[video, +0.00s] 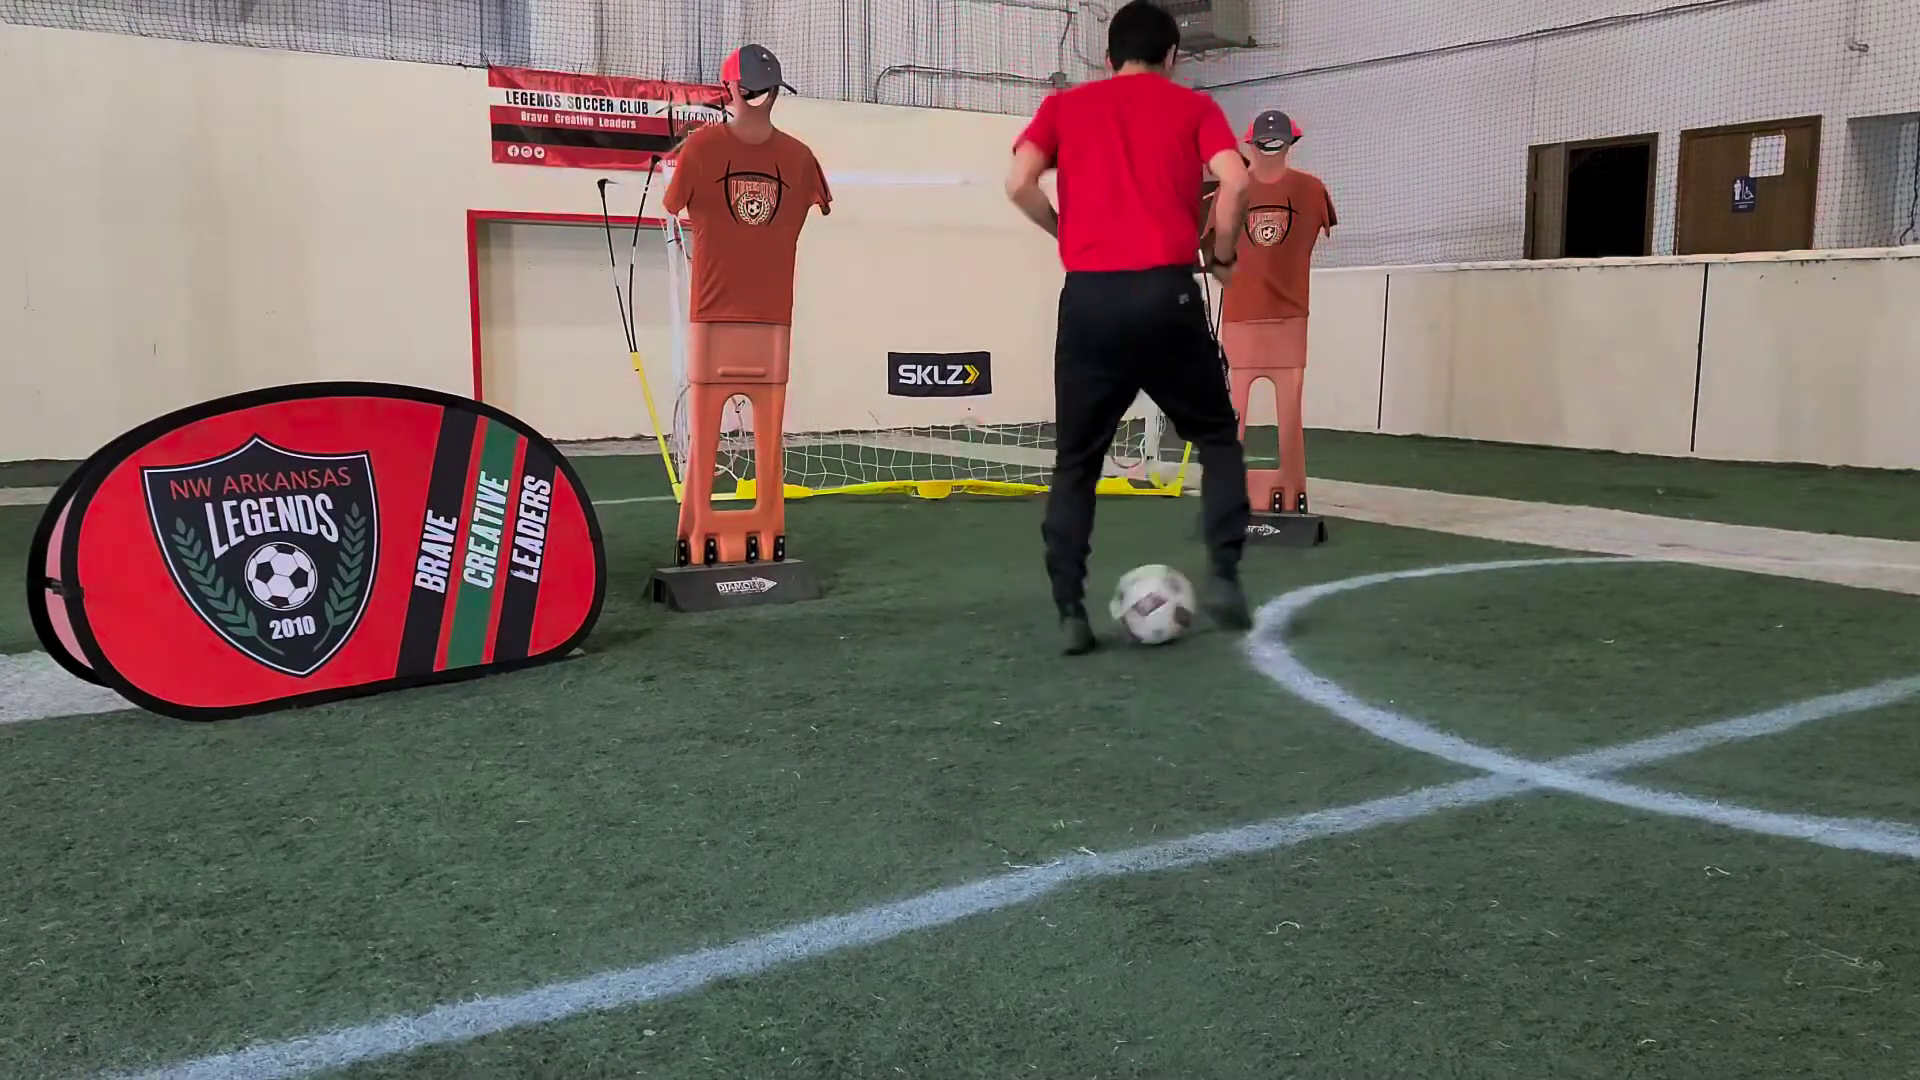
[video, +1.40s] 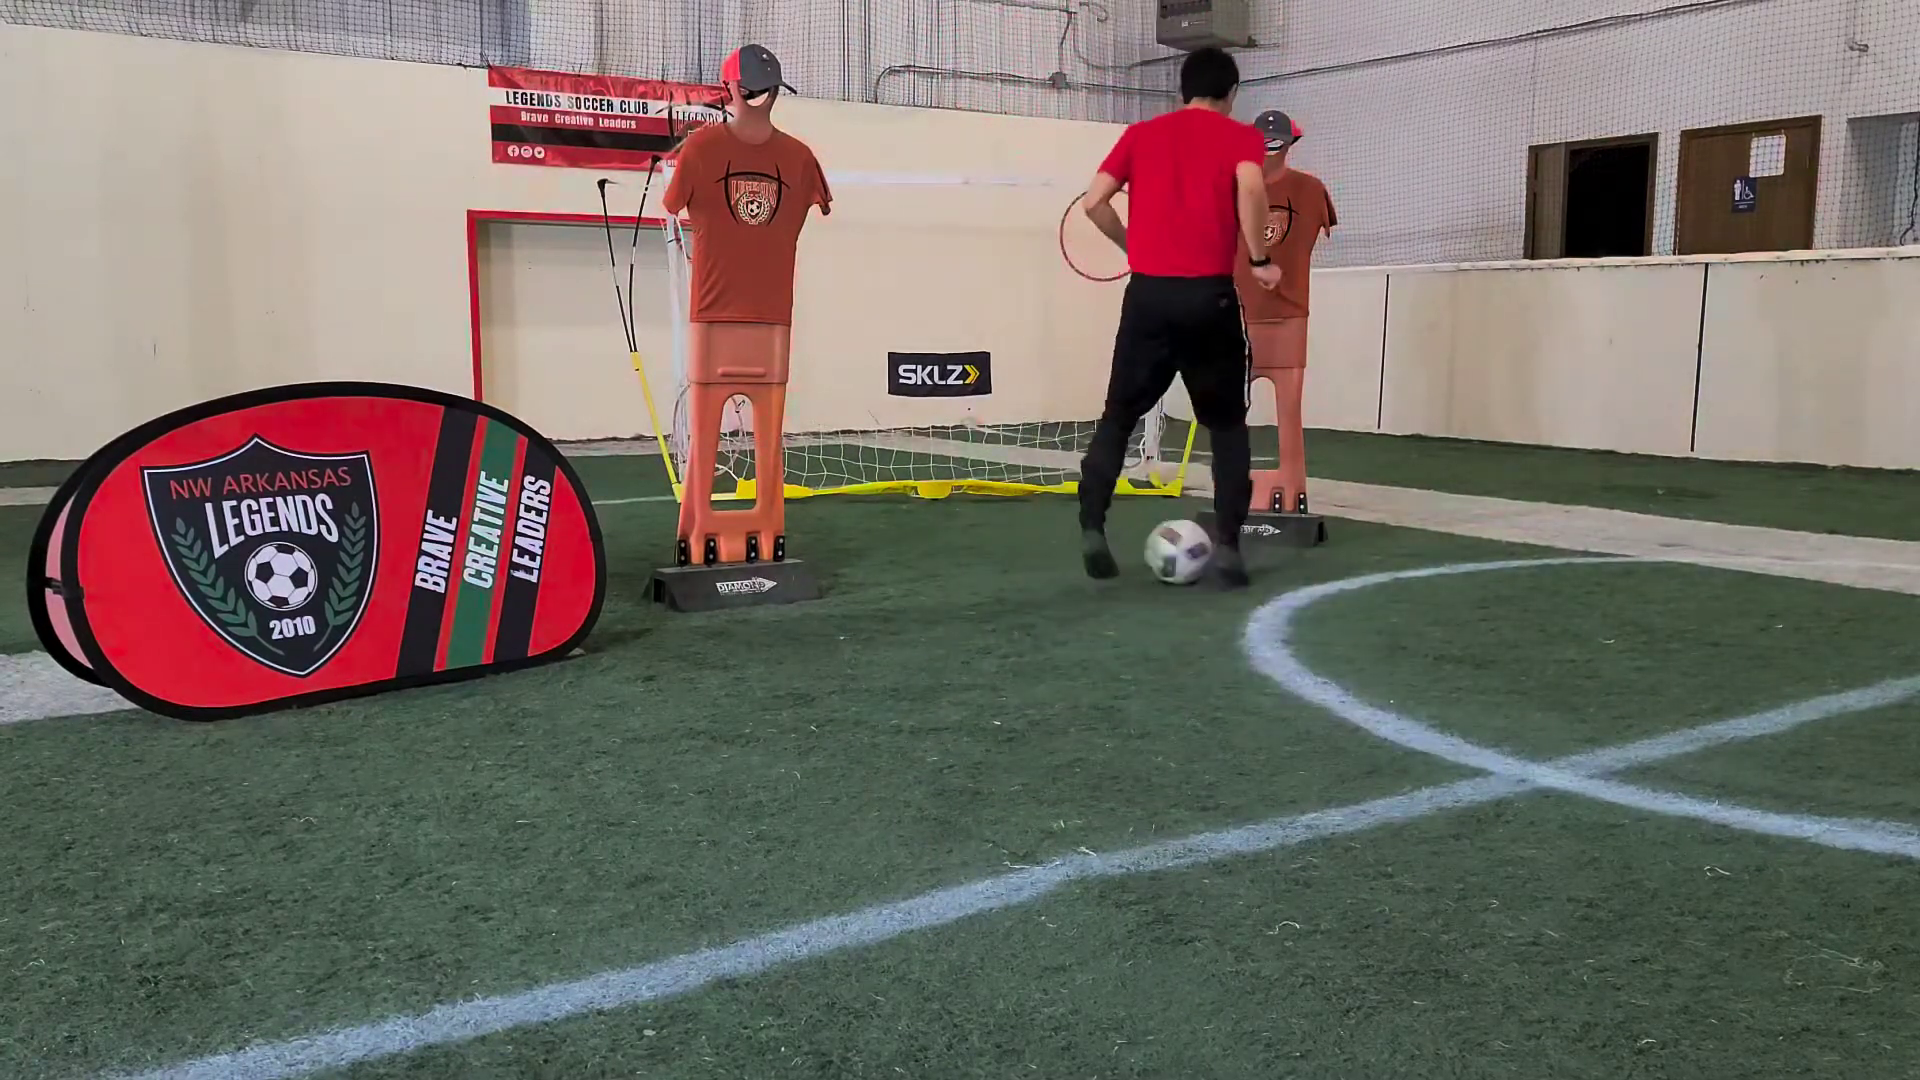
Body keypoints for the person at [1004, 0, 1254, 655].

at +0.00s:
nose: (1174, 64)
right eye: (1177, 56)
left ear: (1107, 57)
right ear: (1171, 57)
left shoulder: (1064, 104)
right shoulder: (1195, 107)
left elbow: (1019, 186)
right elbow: (1237, 178)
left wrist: (1064, 230)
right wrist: (1222, 243)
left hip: (1087, 300)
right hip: (1165, 298)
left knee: (1076, 457)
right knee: (1217, 436)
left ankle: (1071, 611)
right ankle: (1224, 576)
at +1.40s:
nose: (1236, 102)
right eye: (1237, 94)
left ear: (1183, 91)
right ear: (1229, 93)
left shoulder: (1142, 133)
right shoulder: (1241, 135)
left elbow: (1095, 203)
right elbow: (1250, 184)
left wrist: (1134, 246)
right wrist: (1259, 256)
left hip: (1147, 299)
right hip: (1209, 302)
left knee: (1118, 414)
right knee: (1226, 423)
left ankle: (1092, 520)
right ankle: (1228, 546)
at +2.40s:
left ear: (1235, 109)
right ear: (1281, 112)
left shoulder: (1203, 150)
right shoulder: (1301, 162)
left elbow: (1166, 209)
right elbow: (1323, 242)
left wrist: (1165, 261)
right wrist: (1303, 264)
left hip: (1200, 303)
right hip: (1256, 309)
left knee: (1187, 382)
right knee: (1250, 426)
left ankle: (1178, 486)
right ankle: (1239, 544)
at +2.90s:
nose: (1295, 122)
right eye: (1295, 115)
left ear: (1245, 113)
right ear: (1290, 116)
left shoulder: (1208, 158)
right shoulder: (1304, 165)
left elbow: (1163, 223)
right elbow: (1326, 230)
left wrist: (1188, 266)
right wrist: (1313, 287)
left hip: (1207, 309)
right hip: (1261, 313)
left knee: (1212, 381)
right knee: (1256, 427)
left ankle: (1187, 486)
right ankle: (1240, 544)